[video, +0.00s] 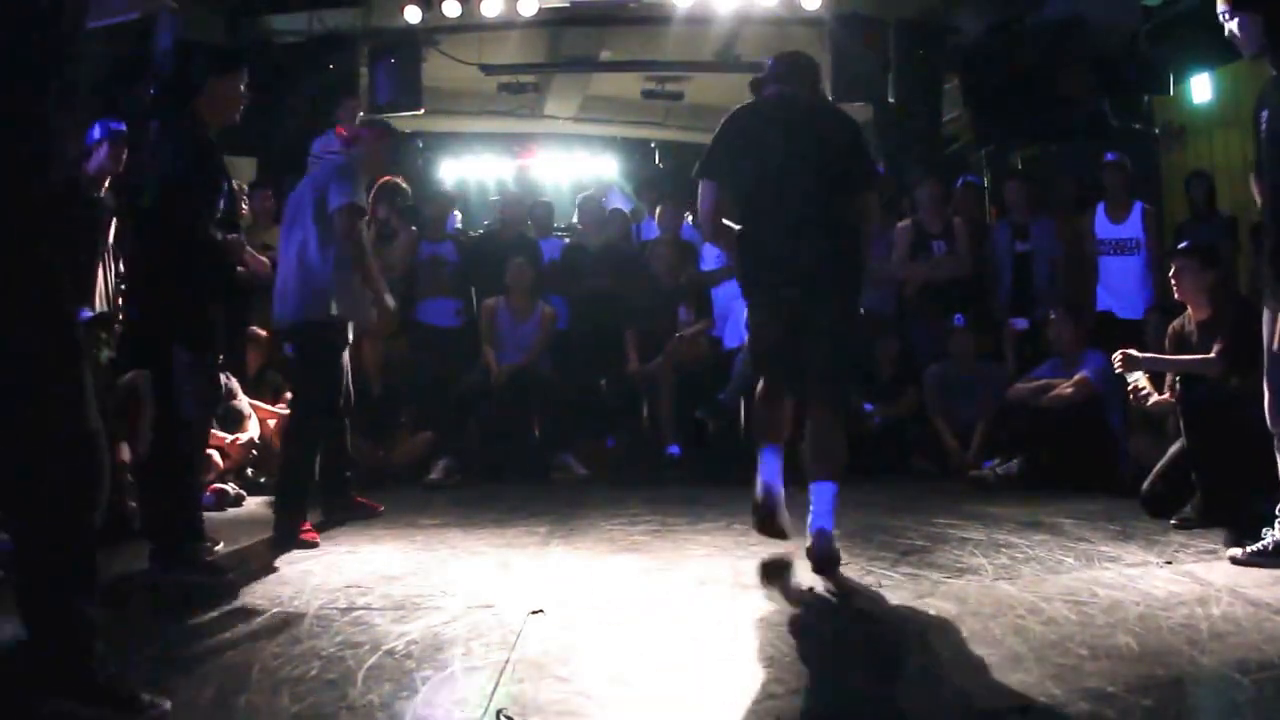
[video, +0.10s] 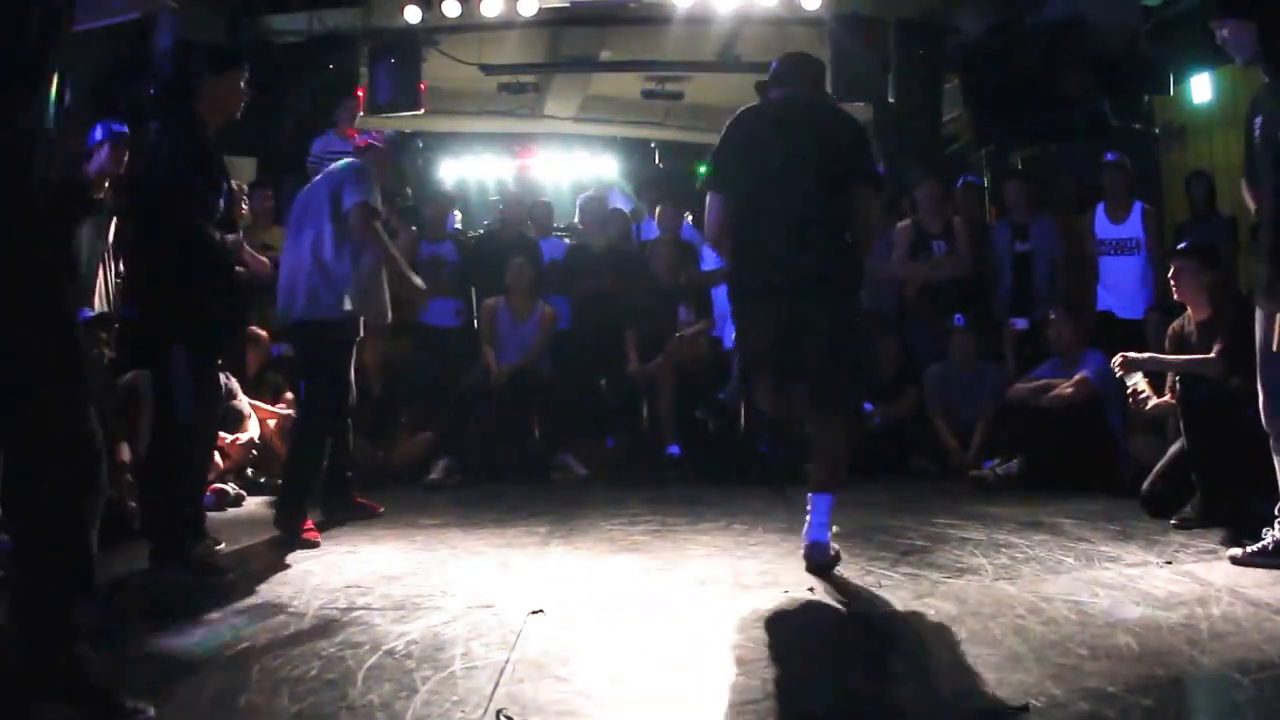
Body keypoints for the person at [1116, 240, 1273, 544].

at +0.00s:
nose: (1172, 277)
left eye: (1182, 270)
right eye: (1172, 270)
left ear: (1209, 276)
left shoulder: (1239, 315)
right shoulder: (1178, 330)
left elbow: (1218, 364)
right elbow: (1176, 396)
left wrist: (1144, 361)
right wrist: (1152, 399)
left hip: (1245, 431)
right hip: (1205, 435)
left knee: (1195, 398)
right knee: (1155, 498)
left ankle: (1208, 503)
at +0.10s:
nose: (1171, 278)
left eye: (1181, 271)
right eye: (1171, 270)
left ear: (1207, 277)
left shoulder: (1235, 315)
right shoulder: (1178, 330)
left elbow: (1218, 364)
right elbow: (1177, 397)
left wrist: (1145, 361)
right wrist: (1153, 403)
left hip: (1244, 430)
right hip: (1205, 434)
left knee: (1192, 391)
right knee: (1155, 498)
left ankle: (1208, 502)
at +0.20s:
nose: (1171, 278)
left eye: (1181, 270)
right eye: (1171, 271)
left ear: (1207, 275)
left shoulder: (1235, 316)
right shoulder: (1177, 330)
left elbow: (1218, 364)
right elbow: (1175, 398)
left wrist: (1145, 360)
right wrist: (1151, 403)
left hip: (1242, 429)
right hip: (1204, 433)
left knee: (1195, 392)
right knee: (1155, 498)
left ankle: (1207, 500)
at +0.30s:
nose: (1170, 277)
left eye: (1179, 270)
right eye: (1170, 270)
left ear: (1205, 276)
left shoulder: (1231, 316)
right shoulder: (1176, 331)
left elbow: (1218, 365)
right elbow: (1176, 397)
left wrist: (1144, 361)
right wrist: (1151, 403)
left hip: (1242, 428)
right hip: (1203, 433)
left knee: (1192, 389)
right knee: (1155, 498)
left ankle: (1208, 499)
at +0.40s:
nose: (1169, 277)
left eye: (1179, 270)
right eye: (1169, 270)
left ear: (1204, 276)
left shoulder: (1232, 316)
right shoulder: (1177, 330)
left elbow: (1217, 364)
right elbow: (1175, 397)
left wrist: (1144, 360)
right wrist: (1149, 402)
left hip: (1242, 430)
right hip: (1204, 433)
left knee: (1192, 390)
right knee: (1155, 498)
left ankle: (1207, 501)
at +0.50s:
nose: (1169, 278)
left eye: (1177, 271)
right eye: (1169, 272)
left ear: (1202, 276)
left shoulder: (1231, 316)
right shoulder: (1176, 331)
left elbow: (1217, 364)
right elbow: (1174, 396)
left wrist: (1142, 361)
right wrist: (1153, 399)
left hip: (1241, 429)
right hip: (1204, 433)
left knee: (1190, 393)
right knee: (1155, 498)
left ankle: (1206, 500)